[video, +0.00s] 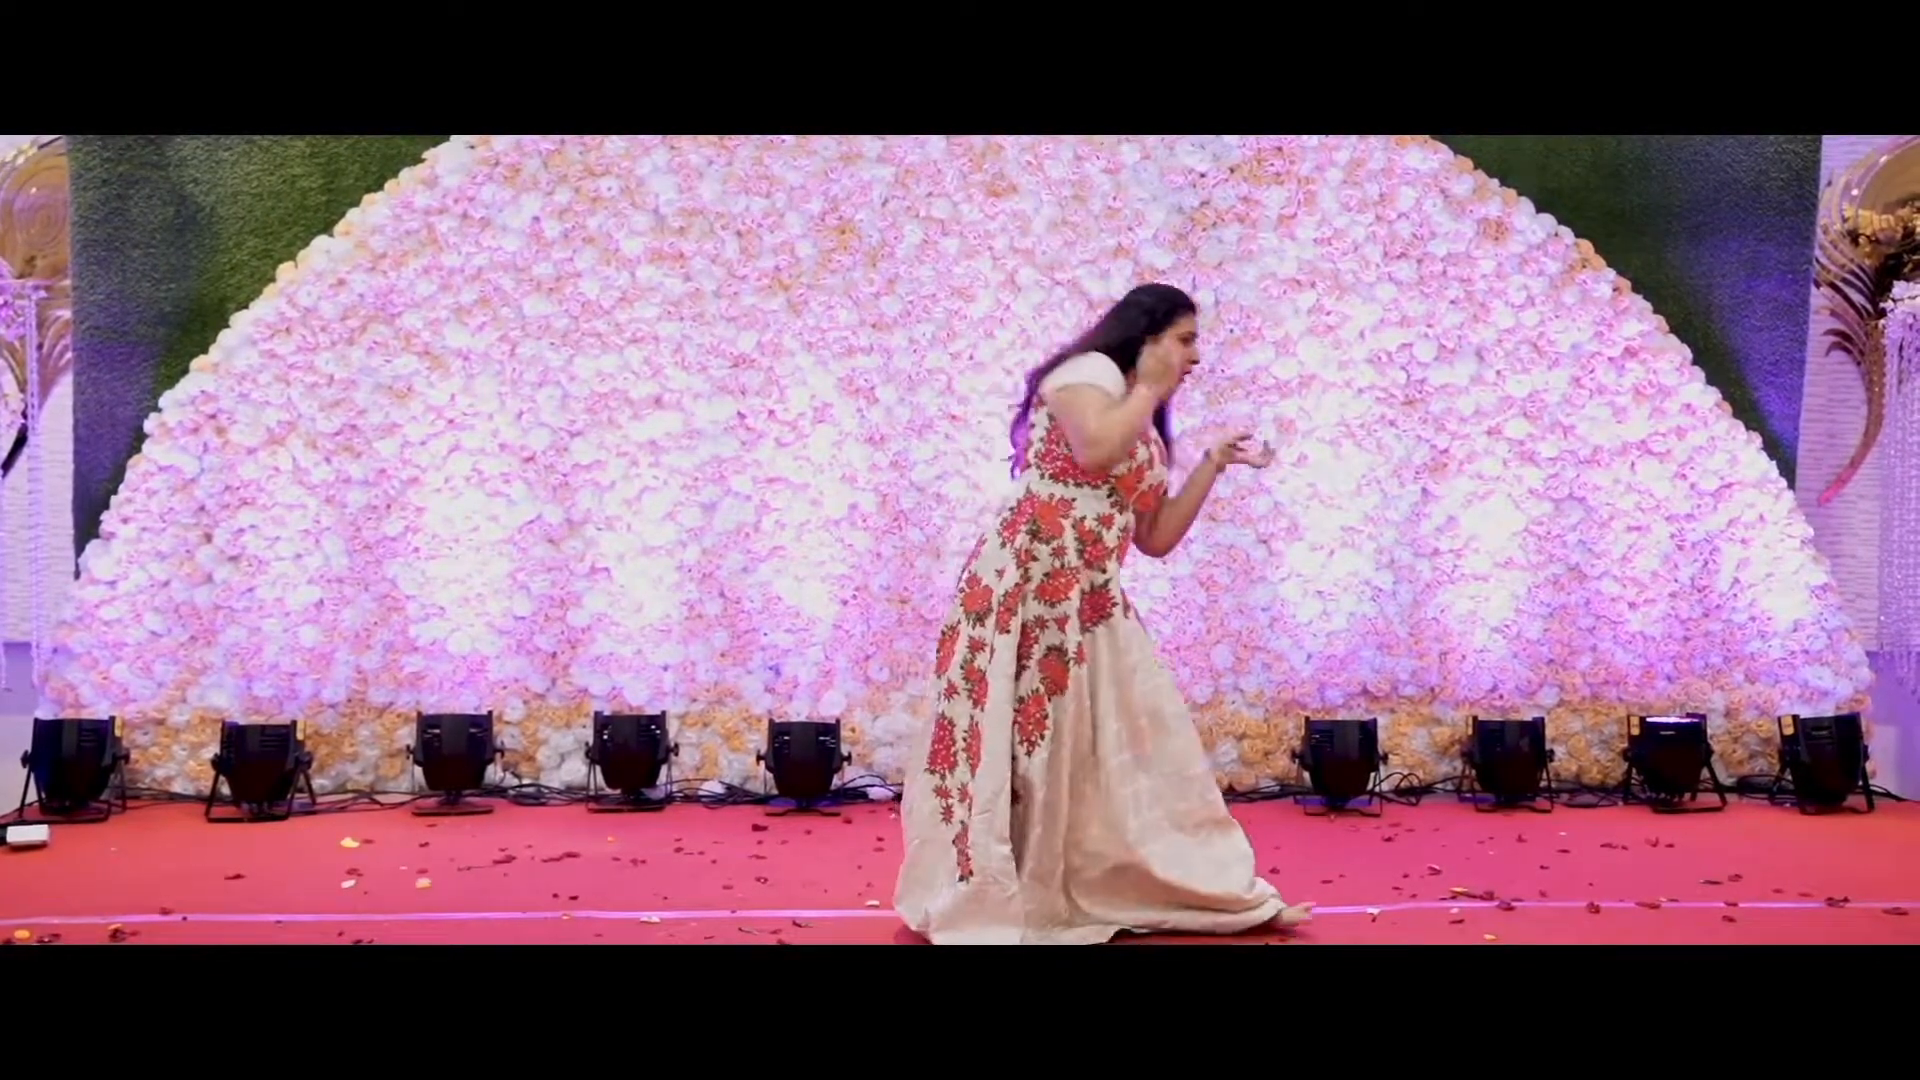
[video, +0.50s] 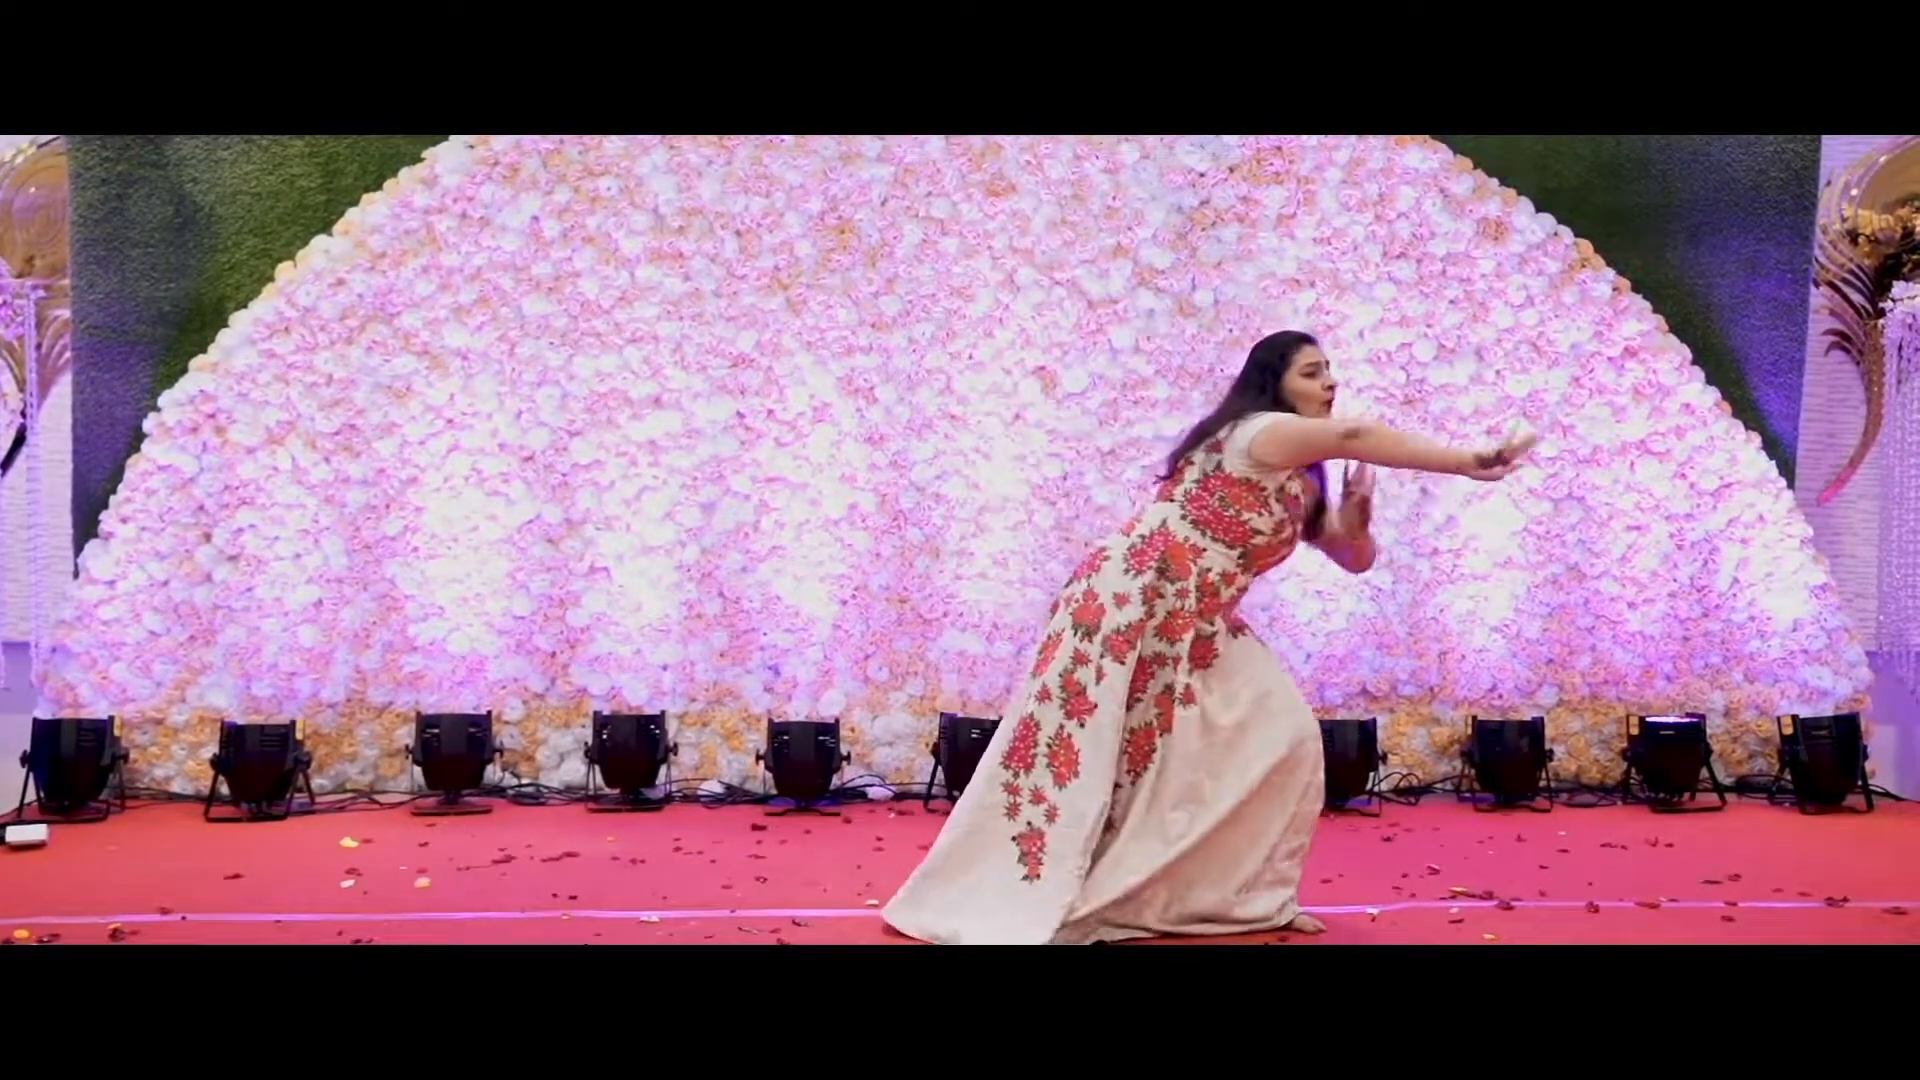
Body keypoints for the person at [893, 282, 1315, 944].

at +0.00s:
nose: (1194, 356)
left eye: (1196, 343)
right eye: (1186, 340)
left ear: (1158, 346)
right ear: (1146, 336)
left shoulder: (1144, 437)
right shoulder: (1083, 373)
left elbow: (1158, 537)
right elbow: (1095, 445)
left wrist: (1211, 464)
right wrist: (1149, 388)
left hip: (1090, 597)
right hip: (1027, 585)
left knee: (1137, 736)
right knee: (1022, 741)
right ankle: (1010, 892)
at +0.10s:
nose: (1236, 356)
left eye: (1235, 344)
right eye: (1224, 343)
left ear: (1203, 352)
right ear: (1185, 348)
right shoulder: (1156, 392)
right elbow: (1168, 483)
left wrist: (1248, 505)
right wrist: (1221, 441)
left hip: (1111, 602)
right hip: (1053, 591)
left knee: (1187, 726)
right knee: (1056, 743)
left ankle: (1211, 887)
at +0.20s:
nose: (1278, 364)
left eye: (1275, 352)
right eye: (1263, 352)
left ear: (1226, 361)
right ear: (1224, 360)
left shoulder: (1209, 441)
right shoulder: (1206, 405)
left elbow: (1223, 569)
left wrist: (1292, 539)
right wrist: (1269, 454)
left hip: (1131, 605)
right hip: (1079, 591)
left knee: (1222, 716)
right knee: (1067, 742)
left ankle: (1218, 888)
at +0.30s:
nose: (1310, 376)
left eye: (1306, 362)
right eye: (1293, 364)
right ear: (1255, 375)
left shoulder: (1233, 457)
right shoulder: (1239, 423)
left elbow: (1235, 582)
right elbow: (1342, 436)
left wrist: (1280, 542)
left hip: (1162, 610)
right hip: (1104, 593)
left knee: (1251, 724)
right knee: (1084, 750)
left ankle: (1236, 894)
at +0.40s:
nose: (1326, 385)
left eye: (1322, 372)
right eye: (1309, 374)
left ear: (1306, 383)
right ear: (1268, 385)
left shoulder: (1275, 481)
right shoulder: (1254, 431)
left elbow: (1281, 586)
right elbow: (1359, 430)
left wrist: (1297, 543)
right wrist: (1452, 473)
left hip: (1179, 621)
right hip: (1116, 602)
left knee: (1272, 732)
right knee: (1082, 757)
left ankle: (1230, 896)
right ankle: (1073, 905)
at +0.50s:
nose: (1331, 385)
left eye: (1331, 372)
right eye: (1315, 373)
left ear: (1319, 385)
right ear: (1275, 387)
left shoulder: (1302, 479)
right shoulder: (1256, 435)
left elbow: (1355, 557)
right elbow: (1356, 435)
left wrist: (1361, 501)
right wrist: (1472, 458)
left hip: (1197, 627)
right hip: (1126, 609)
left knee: (1286, 731)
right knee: (1089, 759)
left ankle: (1224, 893)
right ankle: (1048, 906)